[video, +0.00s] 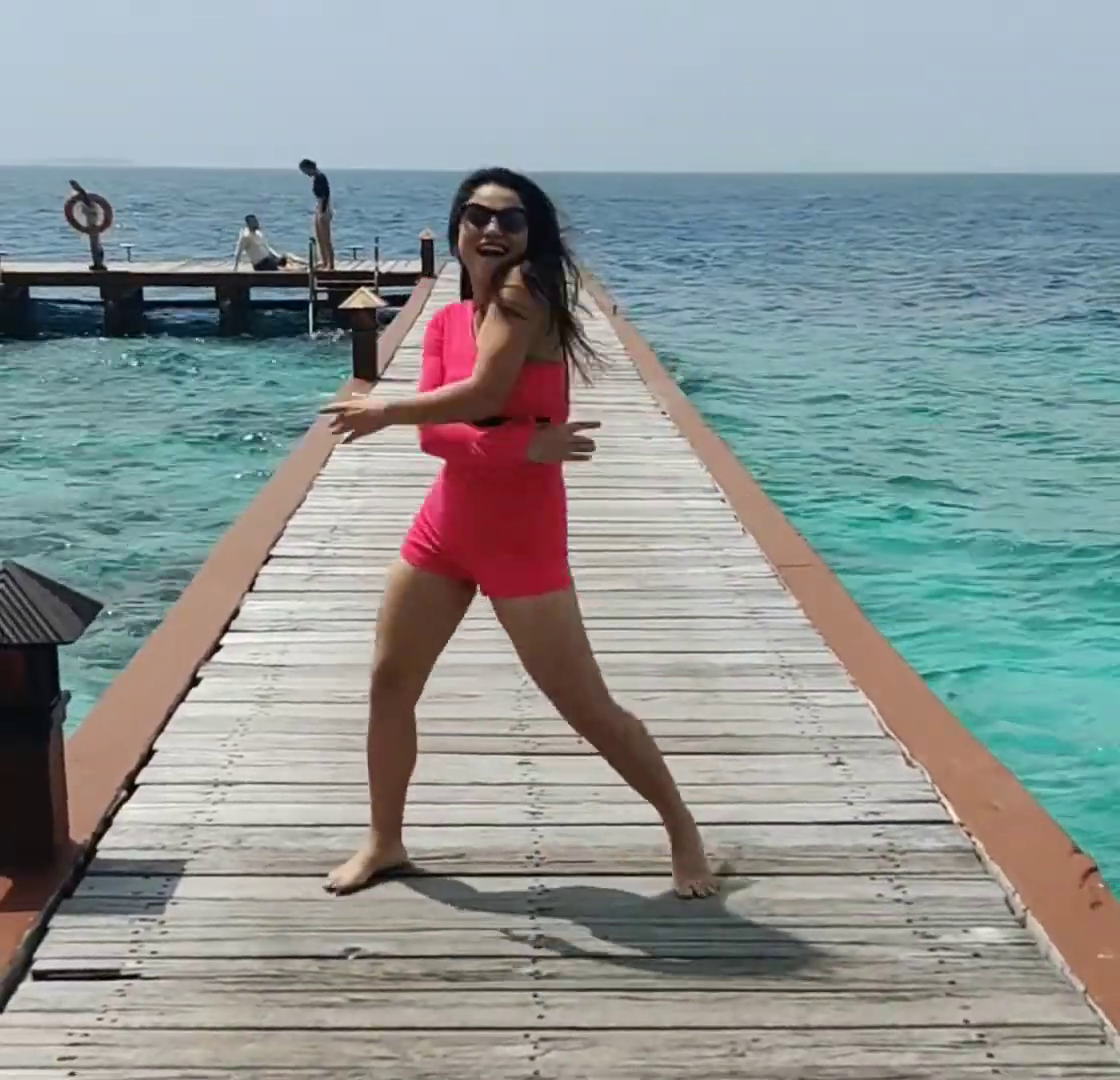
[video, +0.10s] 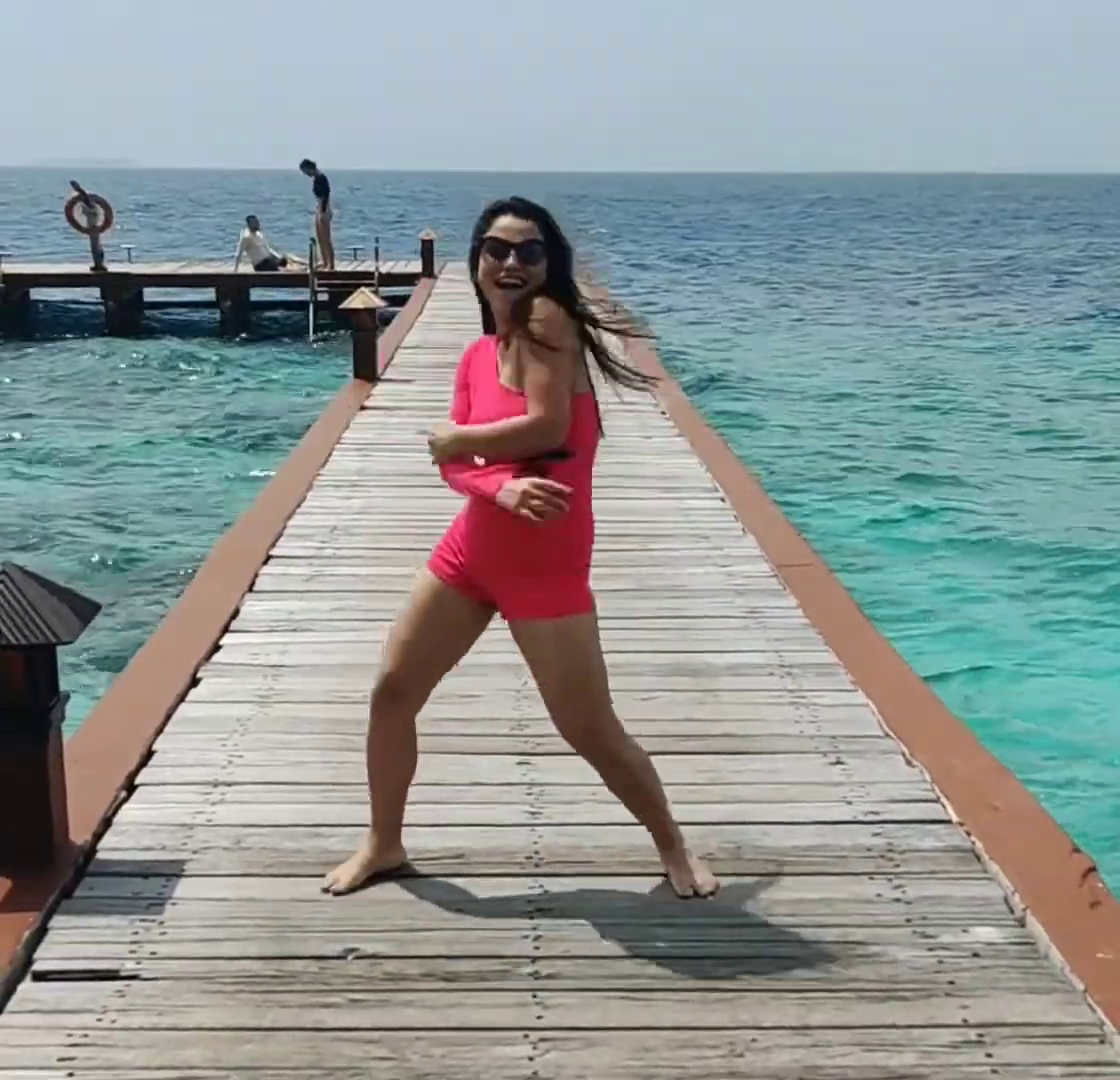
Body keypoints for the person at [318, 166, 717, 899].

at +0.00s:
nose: (492, 228)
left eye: (510, 219)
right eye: (478, 216)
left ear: (532, 236)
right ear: (455, 230)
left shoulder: (524, 298)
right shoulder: (443, 323)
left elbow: (487, 395)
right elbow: (432, 437)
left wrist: (387, 409)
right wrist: (528, 445)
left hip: (521, 533)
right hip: (446, 521)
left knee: (585, 707)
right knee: (391, 679)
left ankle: (681, 828)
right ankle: (384, 840)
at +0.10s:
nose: (508, 263)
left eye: (526, 251)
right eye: (495, 249)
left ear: (548, 264)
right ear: (476, 260)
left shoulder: (547, 319)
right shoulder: (476, 353)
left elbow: (550, 424)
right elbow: (454, 460)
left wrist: (458, 440)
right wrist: (505, 488)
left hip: (544, 562)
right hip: (470, 551)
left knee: (588, 727)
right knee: (393, 690)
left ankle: (673, 851)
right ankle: (383, 842)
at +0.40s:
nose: (579, 213)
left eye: (596, 201)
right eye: (563, 202)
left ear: (623, 217)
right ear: (544, 220)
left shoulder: (659, 299)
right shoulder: (521, 302)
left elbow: (776, 320)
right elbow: (438, 348)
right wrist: (431, 401)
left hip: (627, 519)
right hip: (535, 514)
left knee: (654, 697)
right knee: (447, 679)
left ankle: (682, 836)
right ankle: (385, 818)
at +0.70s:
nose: (598, 265)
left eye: (615, 251)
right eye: (581, 253)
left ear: (638, 264)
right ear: (560, 264)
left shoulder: (658, 345)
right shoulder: (526, 318)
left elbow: (769, 339)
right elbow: (424, 279)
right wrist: (361, 252)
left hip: (639, 550)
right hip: (547, 556)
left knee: (673, 721)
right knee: (466, 715)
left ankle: (675, 840)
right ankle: (412, 839)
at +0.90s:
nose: (615, 255)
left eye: (635, 243)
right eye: (603, 245)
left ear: (669, 262)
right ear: (592, 263)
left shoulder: (684, 375)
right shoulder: (557, 332)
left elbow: (665, 495)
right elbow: (440, 366)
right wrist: (354, 428)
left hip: (658, 563)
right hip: (564, 561)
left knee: (678, 731)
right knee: (461, 699)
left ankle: (677, 841)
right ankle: (414, 827)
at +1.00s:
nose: (589, 218)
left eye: (610, 207)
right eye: (590, 207)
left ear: (655, 234)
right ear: (594, 231)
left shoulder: (686, 320)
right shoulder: (559, 299)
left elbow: (653, 376)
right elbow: (484, 343)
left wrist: (670, 278)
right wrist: (469, 428)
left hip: (651, 535)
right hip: (560, 529)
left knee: (670, 713)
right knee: (441, 663)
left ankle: (680, 840)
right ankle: (394, 819)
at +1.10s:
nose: (577, 212)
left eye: (592, 203)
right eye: (578, 199)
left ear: (638, 219)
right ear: (582, 210)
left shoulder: (671, 295)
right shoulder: (574, 279)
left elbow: (622, 233)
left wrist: (597, 134)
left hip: (626, 520)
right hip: (539, 507)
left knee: (656, 699)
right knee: (441, 666)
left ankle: (685, 837)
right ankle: (376, 829)